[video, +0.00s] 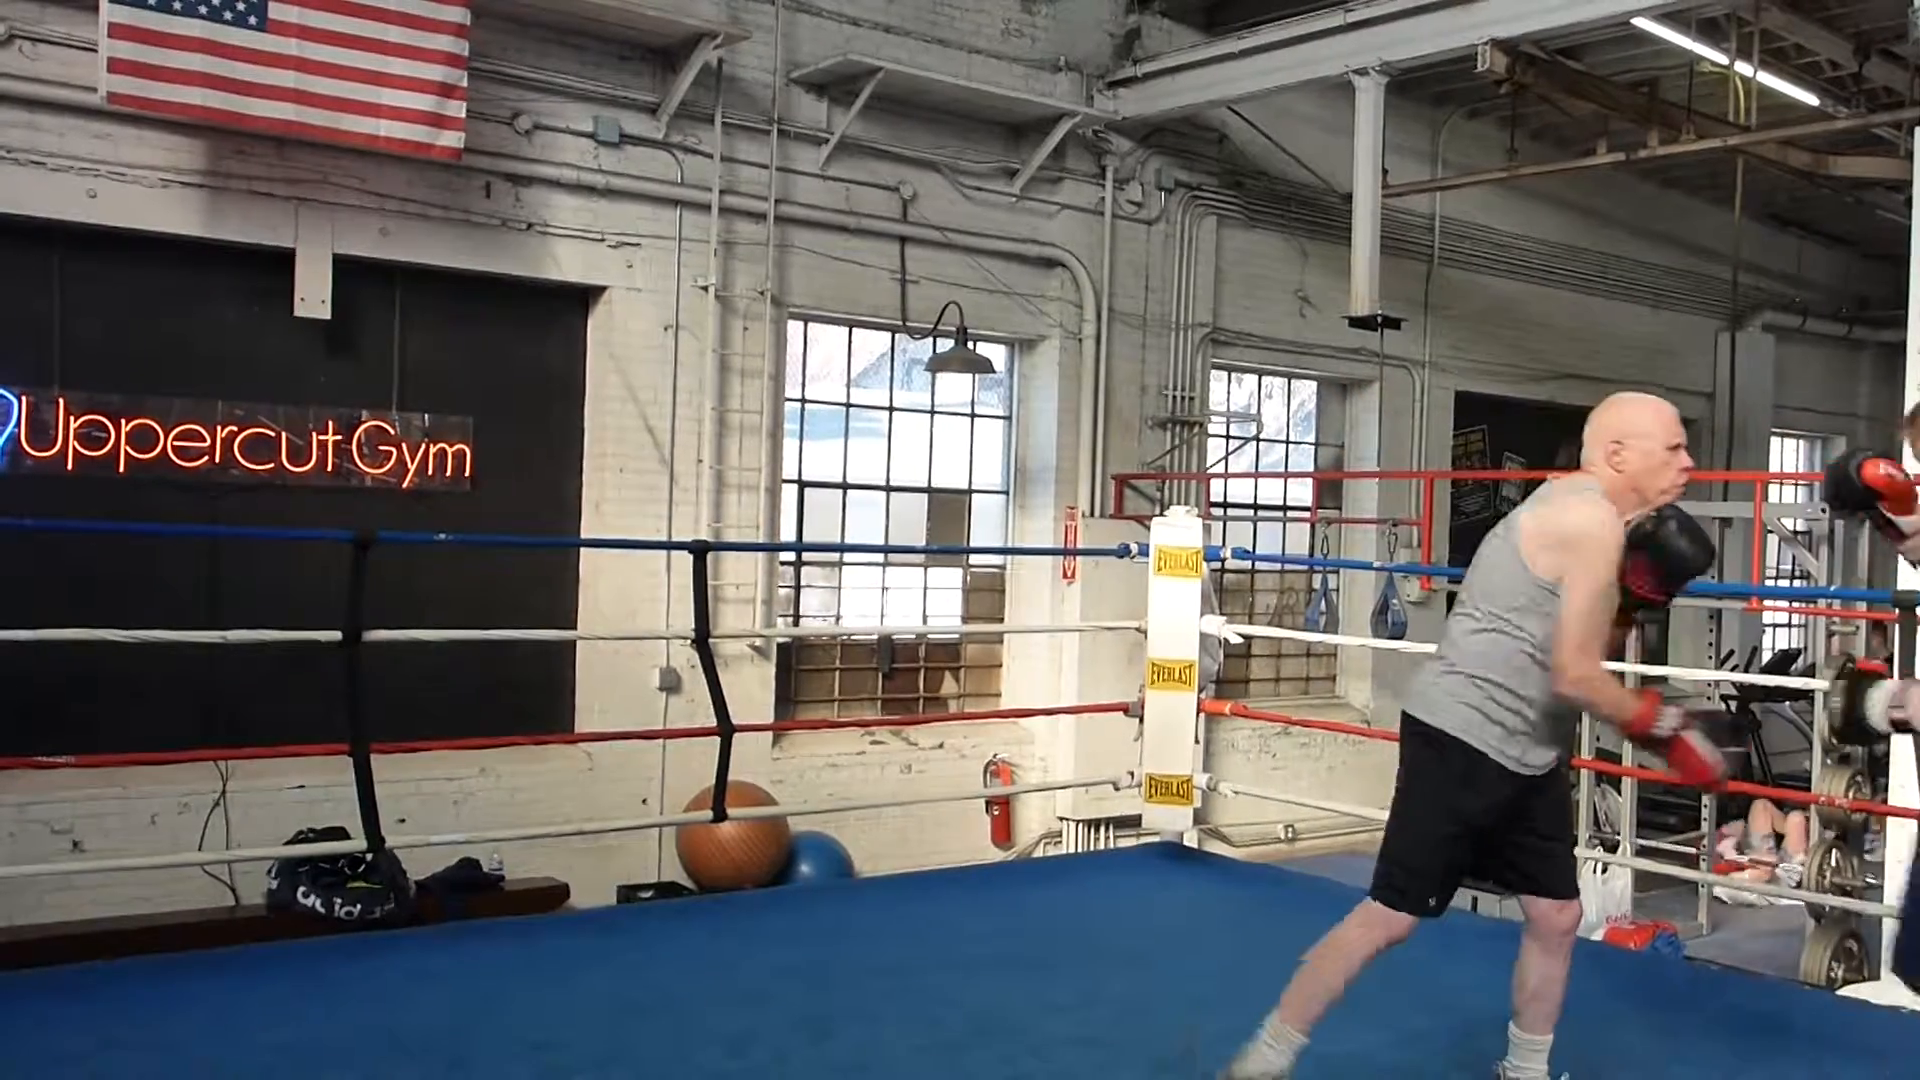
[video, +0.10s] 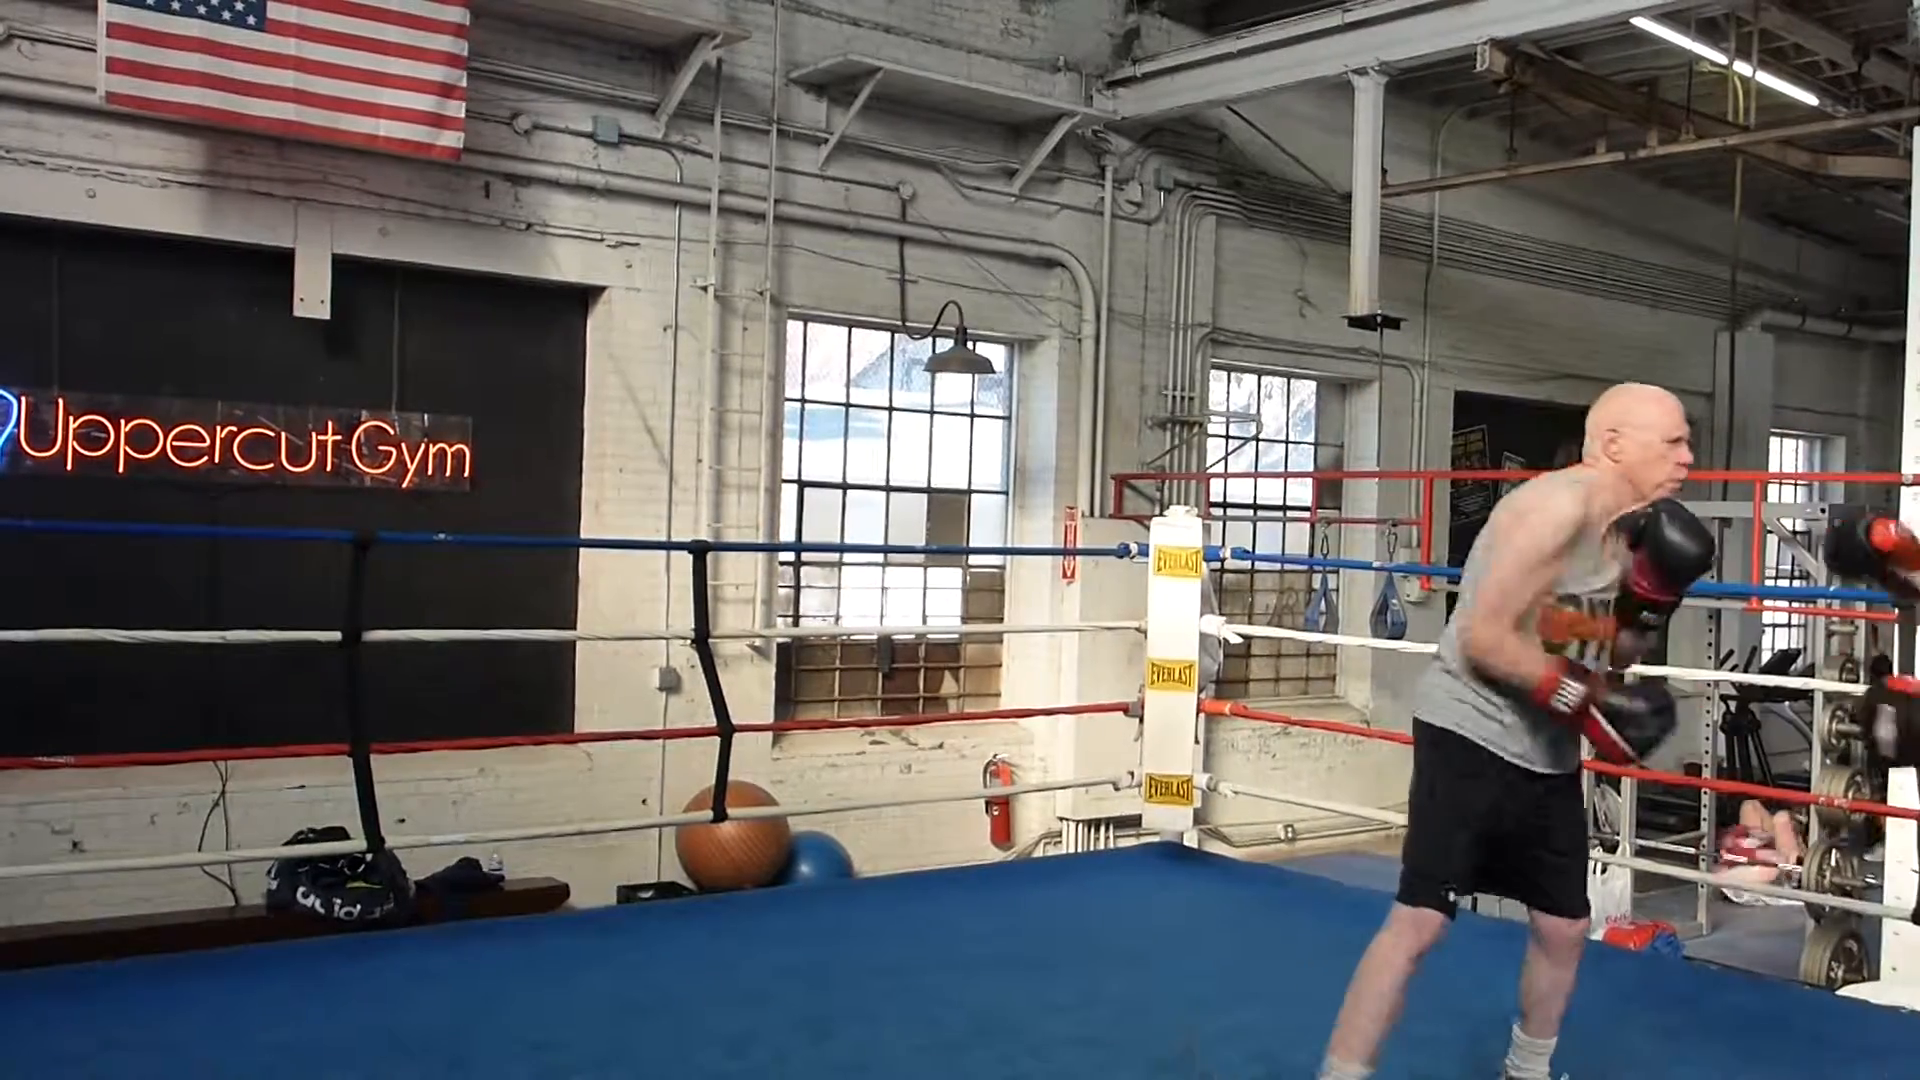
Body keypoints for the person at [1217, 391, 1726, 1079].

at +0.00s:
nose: (1689, 465)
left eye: (1686, 450)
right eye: (1674, 451)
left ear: (1615, 455)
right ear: (1616, 454)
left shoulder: (1573, 504)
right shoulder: (1592, 521)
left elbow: (1570, 647)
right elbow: (1575, 674)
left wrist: (1637, 594)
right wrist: (1662, 726)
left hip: (1528, 751)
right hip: (1461, 734)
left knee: (1555, 915)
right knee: (1392, 913)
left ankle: (1526, 1071)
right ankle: (1261, 1062)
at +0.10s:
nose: (1687, 462)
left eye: (1687, 447)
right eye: (1673, 444)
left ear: (1623, 448)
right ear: (1613, 443)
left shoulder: (1623, 535)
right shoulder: (1554, 505)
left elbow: (1605, 667)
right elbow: (1484, 636)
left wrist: (1647, 599)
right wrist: (1577, 696)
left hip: (1545, 743)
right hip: (1467, 728)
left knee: (1563, 927)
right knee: (1420, 919)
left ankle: (1528, 1071)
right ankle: (1340, 1072)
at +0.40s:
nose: (1642, 447)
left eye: (1644, 432)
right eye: (1626, 429)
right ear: (1567, 424)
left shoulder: (1615, 511)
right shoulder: (1494, 503)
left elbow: (1638, 663)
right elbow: (1492, 668)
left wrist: (1654, 583)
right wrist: (1570, 578)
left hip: (1585, 760)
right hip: (1489, 760)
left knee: (1653, 952)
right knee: (1472, 965)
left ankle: (1577, 1070)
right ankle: (1416, 1075)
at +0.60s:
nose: (1691, 444)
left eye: (1696, 429)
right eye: (1675, 425)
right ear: (1612, 417)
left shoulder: (1669, 509)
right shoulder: (1538, 491)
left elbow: (1688, 666)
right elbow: (1528, 660)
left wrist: (1711, 581)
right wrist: (1610, 578)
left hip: (1626, 779)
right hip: (1519, 771)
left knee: (1663, 979)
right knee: (1472, 976)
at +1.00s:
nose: (1727, 431)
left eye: (1740, 415)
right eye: (1710, 410)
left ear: (1749, 416)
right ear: (1655, 399)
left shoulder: (1752, 499)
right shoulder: (1588, 476)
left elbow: (1774, 661)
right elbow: (1571, 648)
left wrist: (1761, 566)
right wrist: (1634, 566)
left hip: (1712, 789)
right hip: (1585, 781)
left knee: (1719, 1009)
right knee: (1577, 992)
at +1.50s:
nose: (1700, 441)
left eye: (1717, 423)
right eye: (1680, 420)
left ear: (1735, 425)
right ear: (1637, 418)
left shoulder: (1773, 500)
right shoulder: (1592, 503)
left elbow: (1870, 669)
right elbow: (1579, 684)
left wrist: (1792, 582)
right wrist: (1614, 600)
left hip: (1757, 809)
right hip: (1629, 804)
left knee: (1747, 1045)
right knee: (1591, 1016)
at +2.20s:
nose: (1622, 445)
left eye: (1639, 426)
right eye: (1603, 427)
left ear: (1661, 423)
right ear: (1568, 425)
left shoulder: (1703, 491)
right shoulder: (1538, 513)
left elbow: (1752, 670)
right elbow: (1537, 688)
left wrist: (1678, 574)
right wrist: (1556, 597)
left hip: (1710, 812)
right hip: (1584, 807)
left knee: (1723, 1041)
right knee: (1534, 1012)